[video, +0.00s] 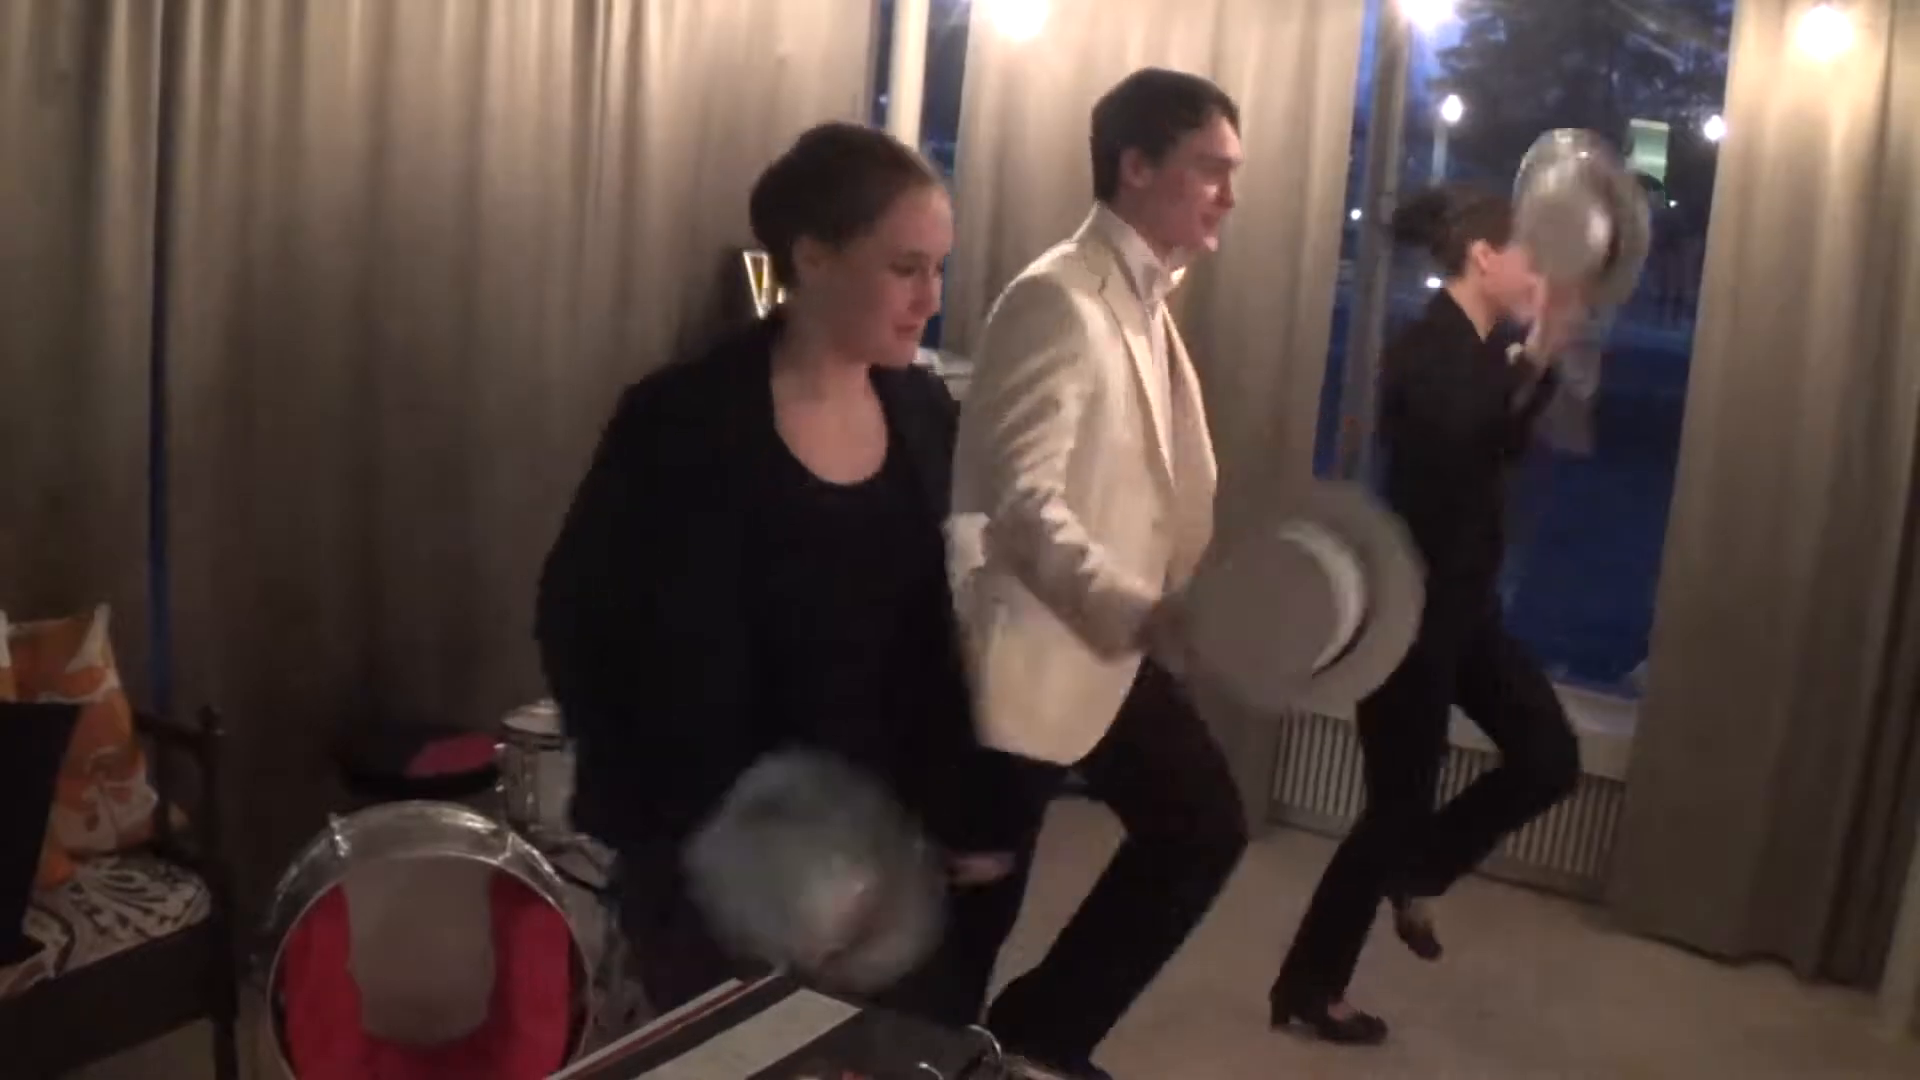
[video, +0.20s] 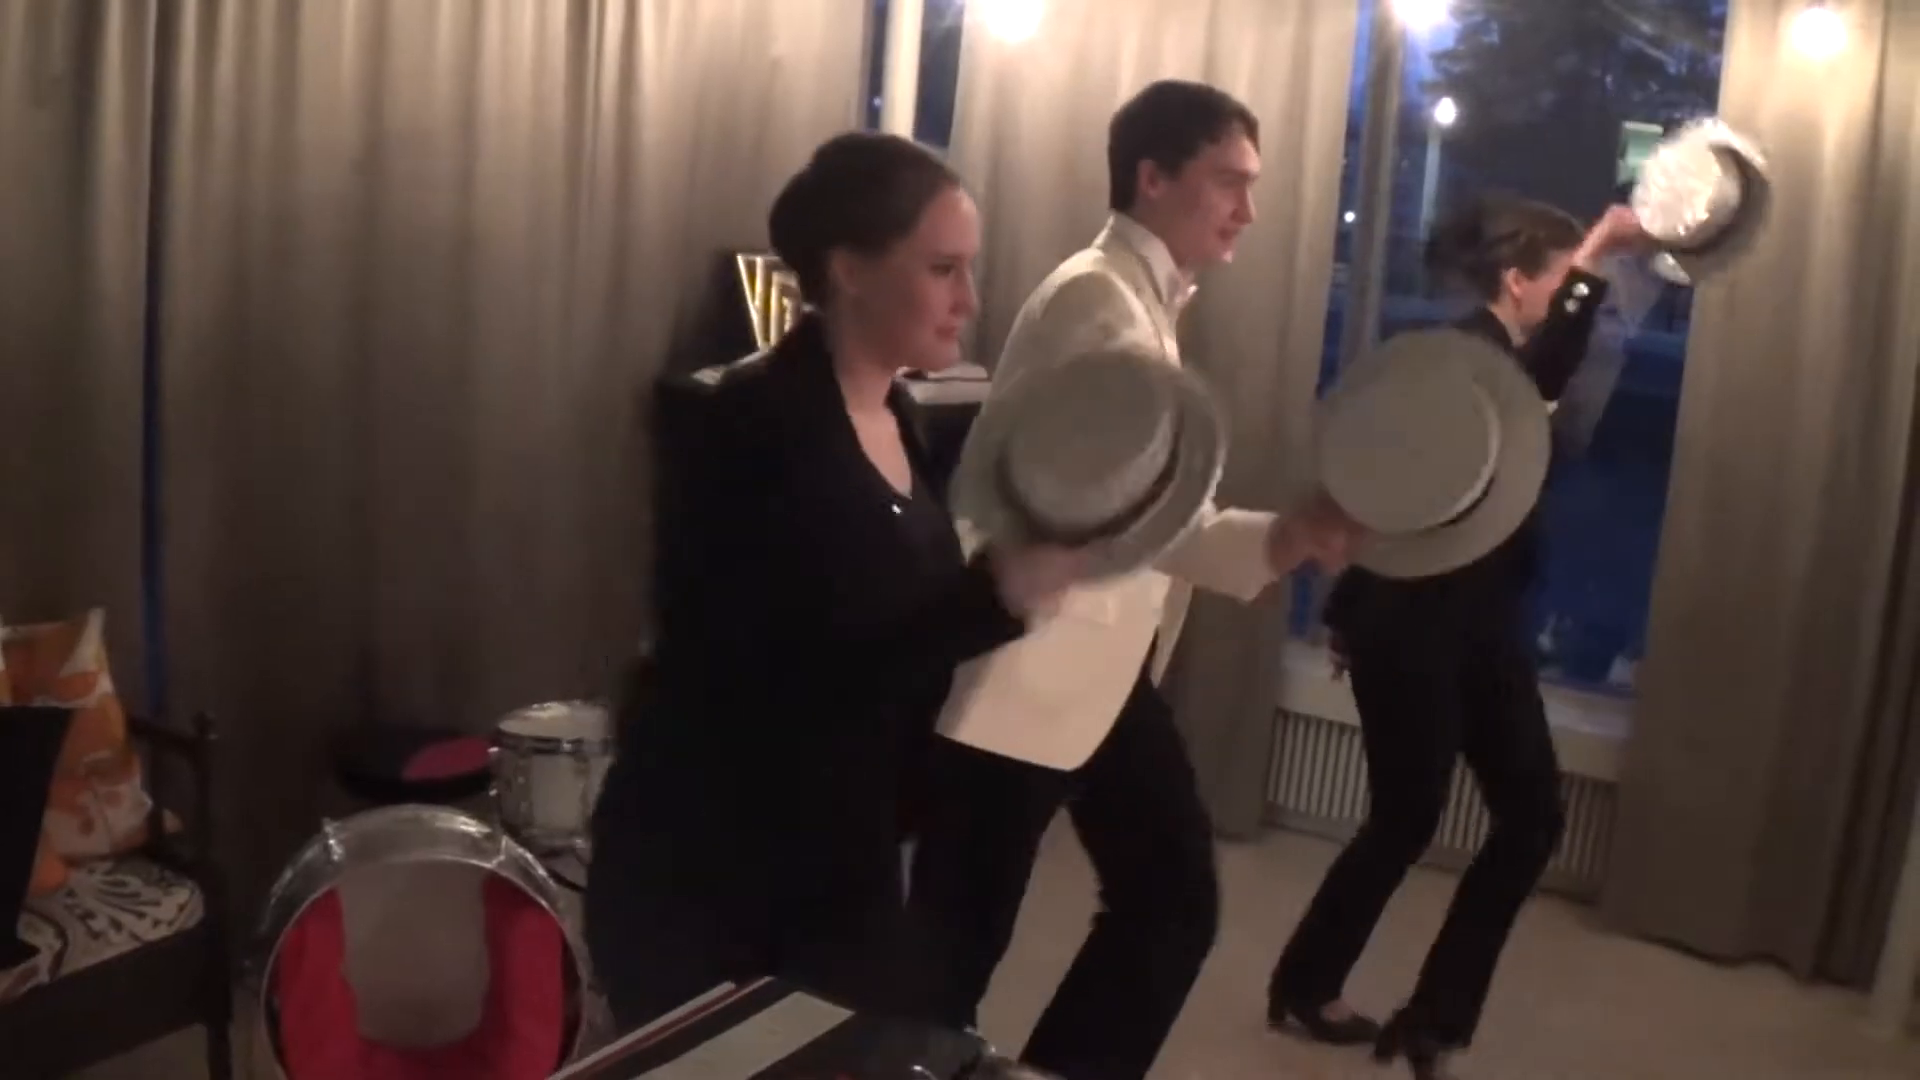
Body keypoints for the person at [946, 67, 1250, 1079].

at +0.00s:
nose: (1230, 193)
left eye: (1233, 172)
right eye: (1211, 169)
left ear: (1166, 181)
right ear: (1133, 170)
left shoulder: (1141, 300)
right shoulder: (1054, 301)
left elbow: (1121, 494)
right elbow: (1020, 509)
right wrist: (1146, 617)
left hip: (1101, 653)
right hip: (1013, 659)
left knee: (1198, 831)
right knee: (978, 891)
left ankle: (1043, 1033)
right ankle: (923, 1056)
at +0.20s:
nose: (1245, 209)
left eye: (1249, 186)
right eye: (1227, 183)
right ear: (1151, 179)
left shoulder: (1144, 303)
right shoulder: (1099, 308)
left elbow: (1128, 513)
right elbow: (1101, 522)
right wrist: (1274, 542)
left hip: (1100, 681)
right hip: (1011, 688)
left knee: (1168, 908)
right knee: (953, 942)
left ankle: (1064, 1073)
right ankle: (909, 1071)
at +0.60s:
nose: (1283, 219)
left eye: (1286, 195)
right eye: (1265, 193)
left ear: (1202, 201)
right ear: (1182, 192)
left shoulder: (1192, 327)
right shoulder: (1105, 340)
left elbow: (1214, 527)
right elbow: (1049, 568)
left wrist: (1294, 606)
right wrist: (1198, 635)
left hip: (1163, 736)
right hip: (1102, 744)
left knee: (1080, 983)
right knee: (1230, 915)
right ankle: (1112, 1064)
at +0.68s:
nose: (1290, 216)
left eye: (1295, 192)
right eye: (1273, 189)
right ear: (1189, 186)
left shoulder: (1211, 318)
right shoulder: (1106, 334)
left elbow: (1252, 489)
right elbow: (1048, 546)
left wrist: (1346, 593)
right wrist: (1181, 642)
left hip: (1154, 721)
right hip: (1107, 733)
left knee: (1061, 971)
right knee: (1242, 927)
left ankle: (1027, 1071)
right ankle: (1164, 1079)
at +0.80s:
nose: (1301, 224)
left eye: (1305, 201)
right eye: (1285, 198)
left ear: (1223, 203)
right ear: (1203, 197)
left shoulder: (1221, 327)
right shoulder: (1130, 348)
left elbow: (1261, 463)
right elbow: (1071, 552)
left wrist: (1360, 502)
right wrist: (1184, 645)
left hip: (1180, 739)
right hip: (1117, 750)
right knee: (1195, 961)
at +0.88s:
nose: (1316, 220)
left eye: (1319, 195)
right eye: (1301, 192)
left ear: (1239, 196)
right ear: (1221, 188)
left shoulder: (1227, 316)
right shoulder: (1147, 334)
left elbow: (1265, 447)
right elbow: (1096, 531)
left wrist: (1372, 487)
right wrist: (1184, 640)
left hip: (1185, 714)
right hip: (1139, 727)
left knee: (1144, 951)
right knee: (1205, 947)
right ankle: (1149, 1071)